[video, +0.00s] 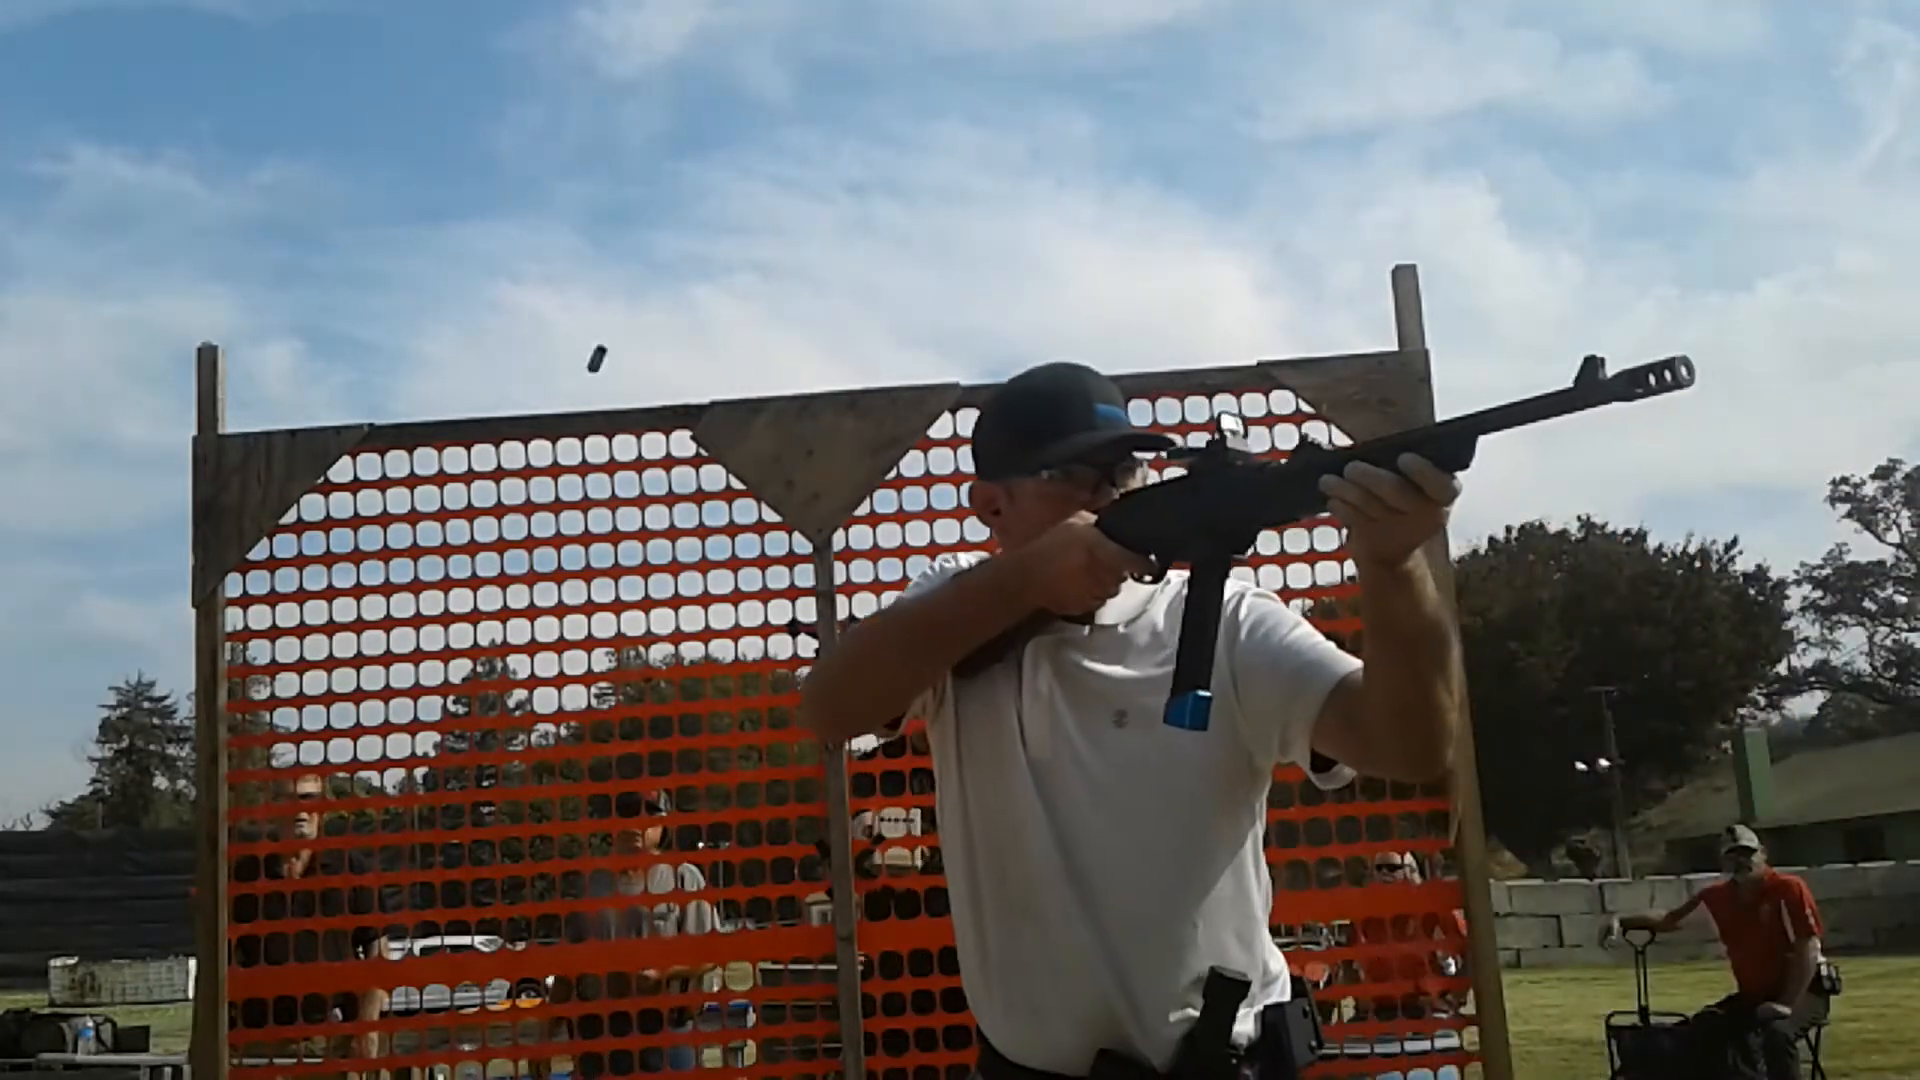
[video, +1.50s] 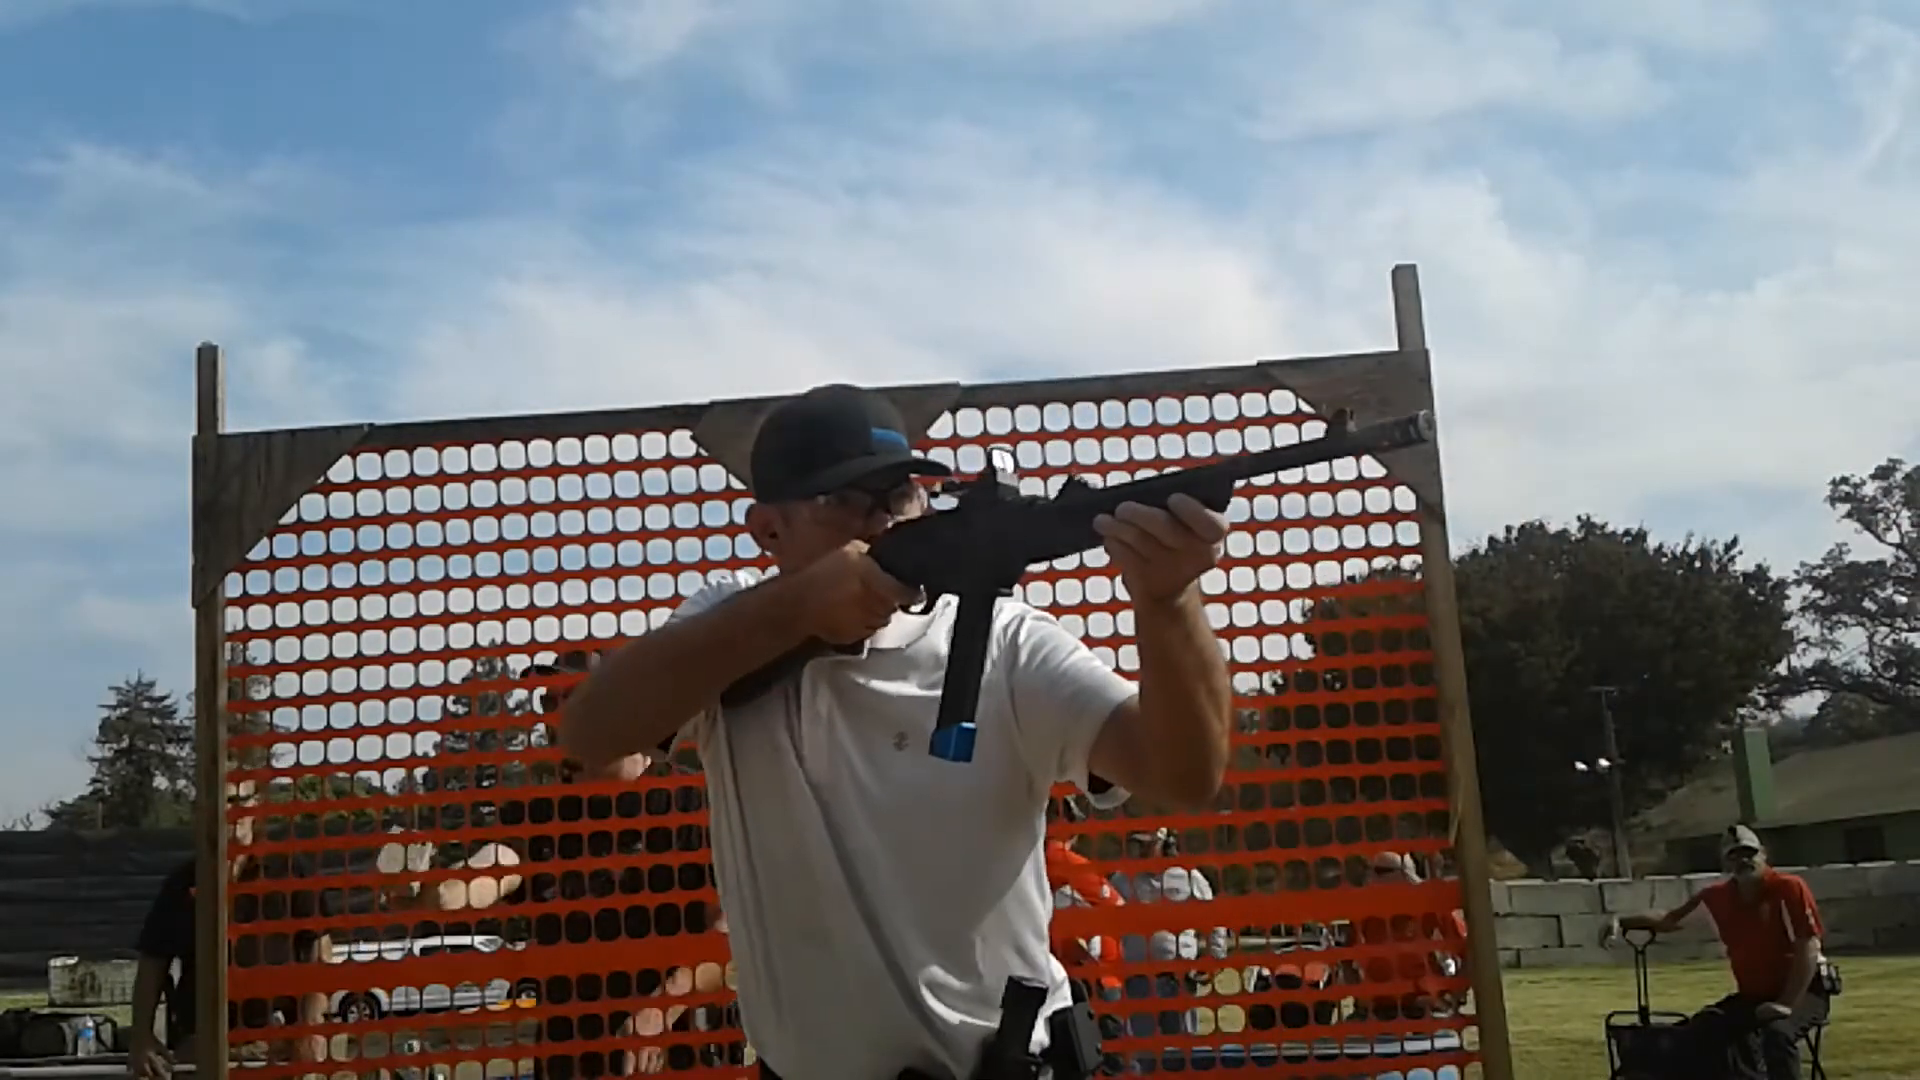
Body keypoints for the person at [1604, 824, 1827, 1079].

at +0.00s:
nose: (1741, 860)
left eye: (1748, 853)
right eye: (1733, 855)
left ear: (1762, 855)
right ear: (1724, 861)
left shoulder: (1789, 889)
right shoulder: (1715, 897)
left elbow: (1809, 949)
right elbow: (1668, 922)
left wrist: (1787, 1004)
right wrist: (1621, 922)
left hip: (1801, 998)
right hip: (1752, 998)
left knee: (1775, 1034)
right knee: (1693, 1032)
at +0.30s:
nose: (1742, 860)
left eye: (1748, 853)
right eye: (1734, 855)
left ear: (1762, 857)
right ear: (1725, 862)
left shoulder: (1789, 888)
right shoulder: (1715, 897)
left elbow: (1809, 950)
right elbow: (1668, 922)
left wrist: (1788, 1004)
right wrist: (1621, 922)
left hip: (1802, 998)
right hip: (1752, 998)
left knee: (1776, 1035)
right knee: (1693, 1032)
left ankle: (1785, 1076)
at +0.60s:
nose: (1743, 859)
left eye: (1749, 853)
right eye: (1735, 855)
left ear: (1763, 856)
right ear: (1726, 862)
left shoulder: (1790, 888)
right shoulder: (1715, 897)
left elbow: (1809, 950)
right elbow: (1668, 922)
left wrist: (1788, 1004)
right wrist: (1621, 922)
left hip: (1802, 998)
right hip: (1752, 998)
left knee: (1776, 1035)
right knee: (1693, 1032)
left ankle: (1785, 1076)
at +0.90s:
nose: (1743, 859)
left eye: (1749, 852)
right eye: (1734, 854)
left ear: (1763, 856)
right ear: (1725, 862)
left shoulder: (1789, 888)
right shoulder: (1715, 896)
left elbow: (1809, 950)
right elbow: (1668, 921)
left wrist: (1788, 1004)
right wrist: (1621, 923)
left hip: (1802, 997)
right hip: (1752, 998)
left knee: (1776, 1035)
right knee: (1692, 1033)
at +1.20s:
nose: (1743, 859)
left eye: (1750, 852)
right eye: (1735, 855)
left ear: (1763, 856)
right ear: (1726, 862)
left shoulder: (1789, 888)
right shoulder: (1715, 896)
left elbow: (1810, 950)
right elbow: (1668, 921)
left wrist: (1788, 1004)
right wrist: (1621, 923)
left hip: (1803, 998)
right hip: (1752, 998)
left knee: (1776, 1035)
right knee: (1693, 1033)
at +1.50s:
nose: (1744, 860)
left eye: (1750, 853)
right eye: (1735, 856)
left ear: (1762, 856)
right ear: (1725, 863)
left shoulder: (1789, 888)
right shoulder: (1714, 897)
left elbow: (1810, 950)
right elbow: (1668, 922)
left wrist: (1787, 1004)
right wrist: (1621, 922)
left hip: (1803, 998)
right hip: (1752, 998)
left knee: (1776, 1035)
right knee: (1695, 1032)